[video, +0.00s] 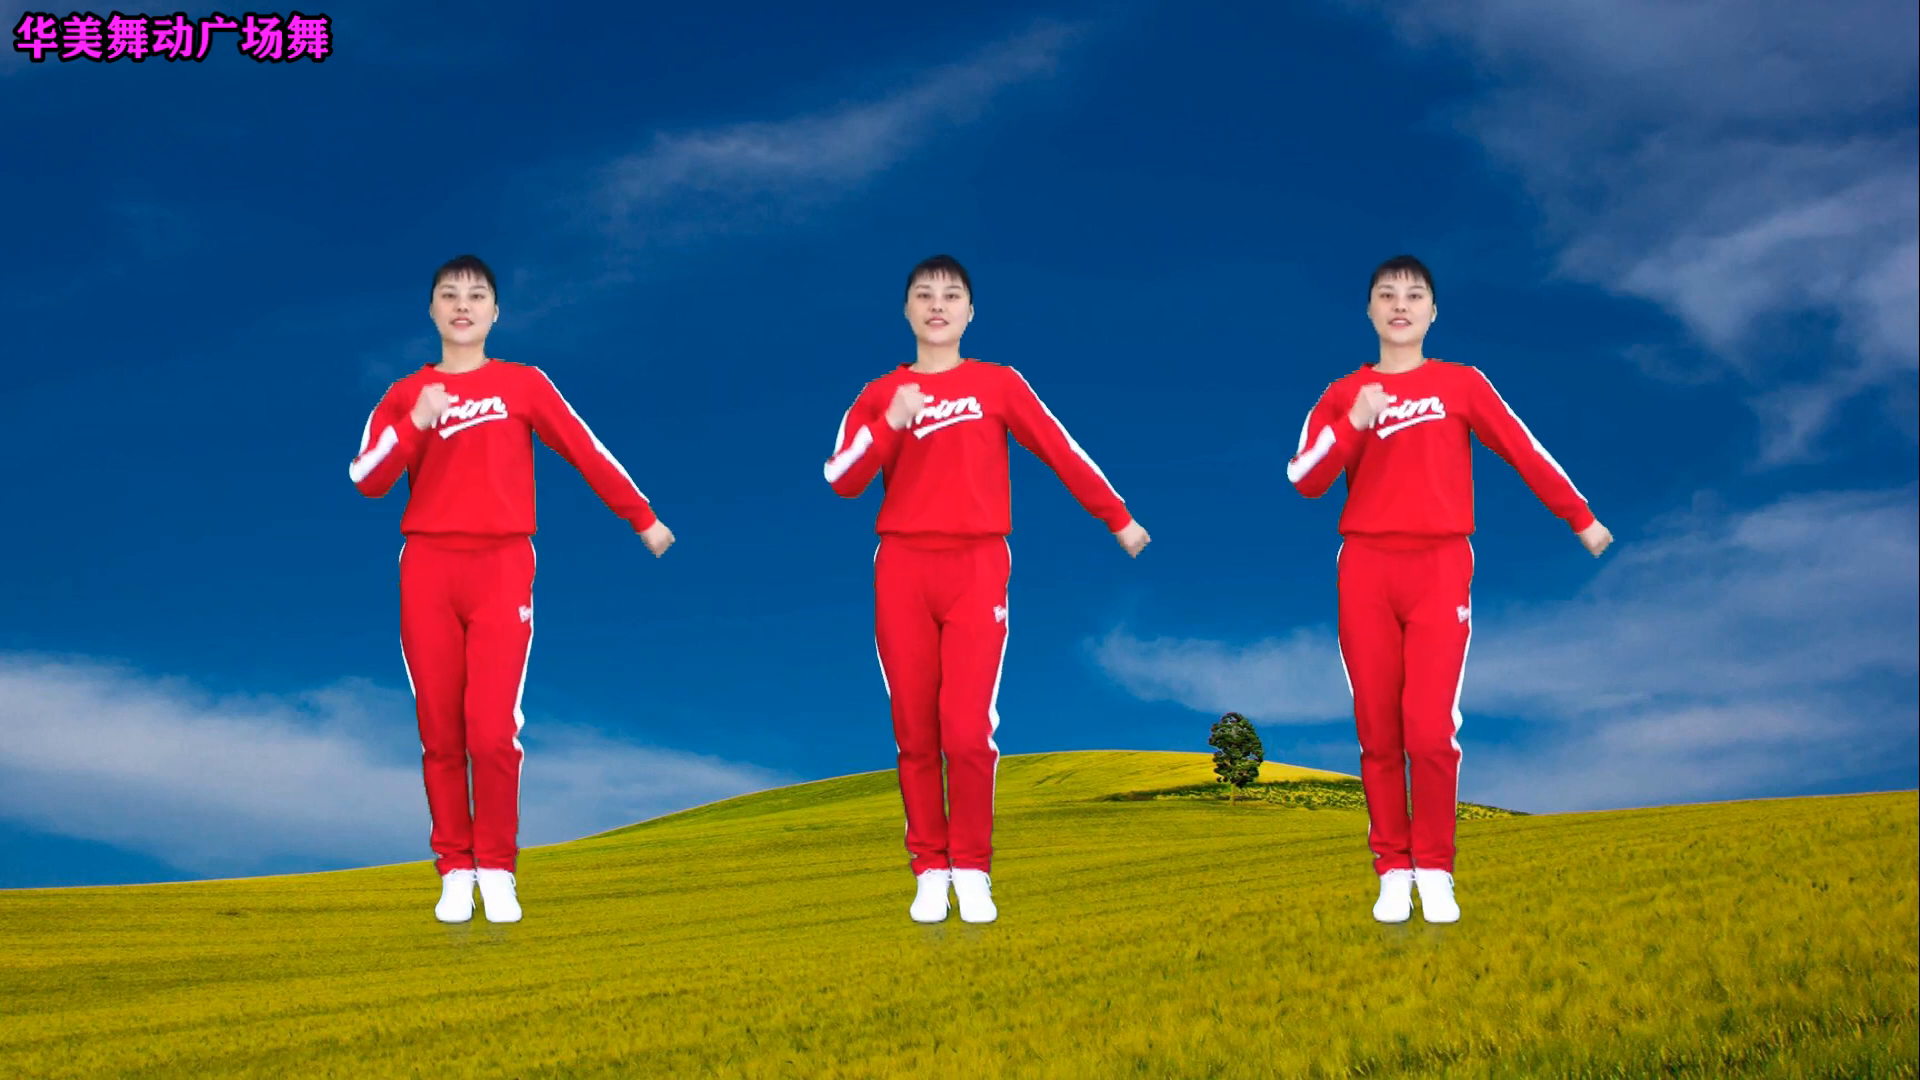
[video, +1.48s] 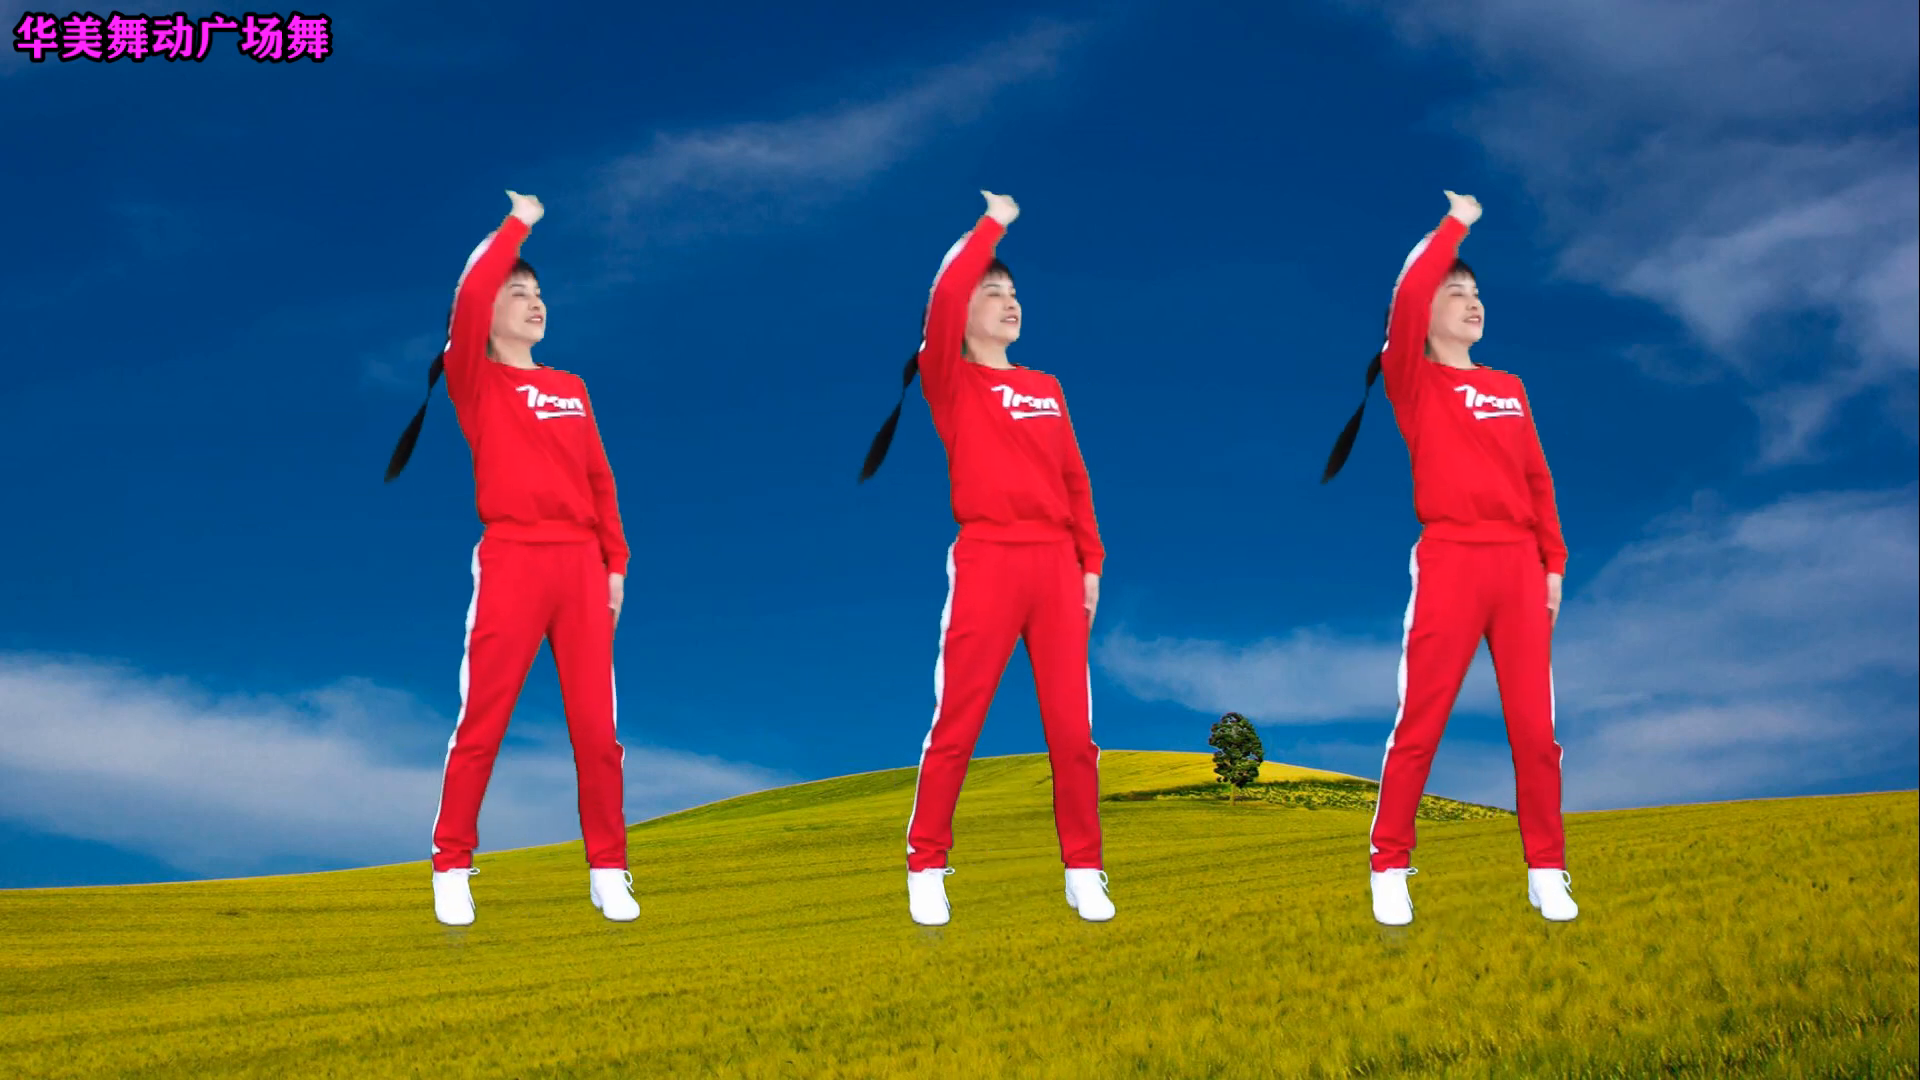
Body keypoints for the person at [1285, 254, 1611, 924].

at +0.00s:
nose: (1401, 305)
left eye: (1414, 296)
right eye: (1388, 296)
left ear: (1432, 311)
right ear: (1370, 310)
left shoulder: (1462, 383)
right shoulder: (1342, 394)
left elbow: (1525, 452)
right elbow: (1306, 481)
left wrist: (1582, 518)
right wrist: (1352, 425)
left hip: (1441, 566)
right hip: (1365, 568)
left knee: (1430, 730)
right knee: (1378, 732)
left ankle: (1434, 870)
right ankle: (1392, 869)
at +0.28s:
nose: (1409, 317)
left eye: (1421, 307)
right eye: (1396, 309)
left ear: (1439, 320)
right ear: (1379, 323)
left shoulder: (1470, 397)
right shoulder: (1354, 408)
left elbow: (1482, 489)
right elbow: (1346, 502)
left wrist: (1476, 577)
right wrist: (1346, 588)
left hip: (1459, 578)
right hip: (1385, 579)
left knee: (1452, 730)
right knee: (1398, 715)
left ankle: (1435, 868)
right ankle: (1398, 812)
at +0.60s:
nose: (1416, 295)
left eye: (1427, 284)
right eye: (1401, 287)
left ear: (1446, 298)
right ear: (1385, 305)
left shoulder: (1477, 376)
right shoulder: (1362, 380)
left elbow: (1508, 463)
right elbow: (1294, 442)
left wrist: (1453, 412)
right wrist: (1229, 504)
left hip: (1462, 557)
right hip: (1386, 558)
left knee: (1452, 714)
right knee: (1404, 713)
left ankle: (1438, 861)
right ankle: (1394, 849)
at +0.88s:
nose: (1427, 299)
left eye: (1434, 290)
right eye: (1410, 291)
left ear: (1445, 309)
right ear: (1381, 311)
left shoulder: (1470, 387)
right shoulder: (1354, 381)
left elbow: (1493, 469)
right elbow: (1268, 422)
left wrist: (1494, 536)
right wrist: (1177, 459)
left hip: (1457, 563)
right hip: (1385, 565)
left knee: (1450, 726)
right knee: (1390, 725)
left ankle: (1437, 865)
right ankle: (1388, 869)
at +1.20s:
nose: (1438, 301)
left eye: (1440, 291)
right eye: (1421, 291)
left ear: (1444, 309)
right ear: (1385, 311)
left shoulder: (1469, 392)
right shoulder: (1371, 378)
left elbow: (1489, 490)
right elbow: (1428, 429)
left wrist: (1499, 567)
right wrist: (1522, 452)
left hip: (1465, 565)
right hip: (1394, 561)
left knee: (1496, 709)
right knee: (1392, 724)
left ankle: (1500, 834)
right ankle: (1386, 868)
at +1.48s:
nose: (1472, 304)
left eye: (1475, 297)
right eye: (1457, 297)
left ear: (1481, 315)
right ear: (1426, 314)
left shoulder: (1507, 384)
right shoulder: (1414, 377)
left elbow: (1538, 479)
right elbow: (1411, 290)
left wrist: (1553, 563)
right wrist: (1457, 221)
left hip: (1521, 563)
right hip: (1449, 561)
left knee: (1535, 730)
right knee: (1421, 726)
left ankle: (1548, 868)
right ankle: (1389, 866)